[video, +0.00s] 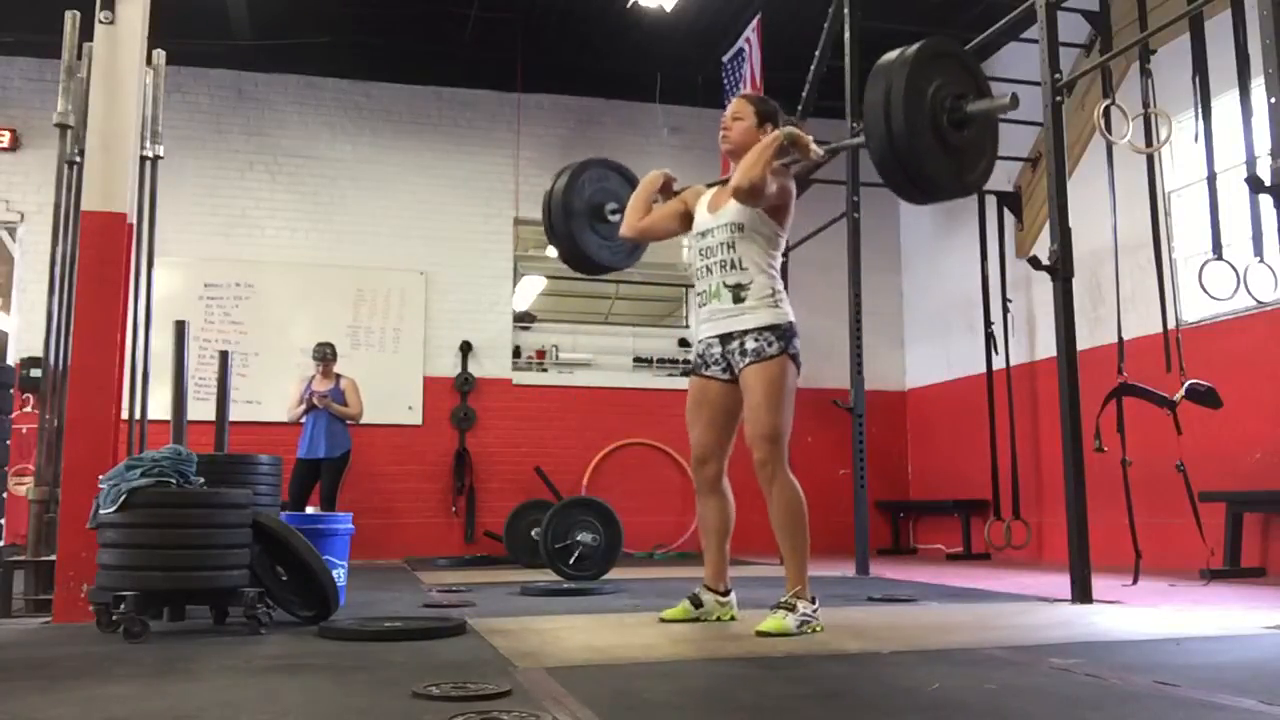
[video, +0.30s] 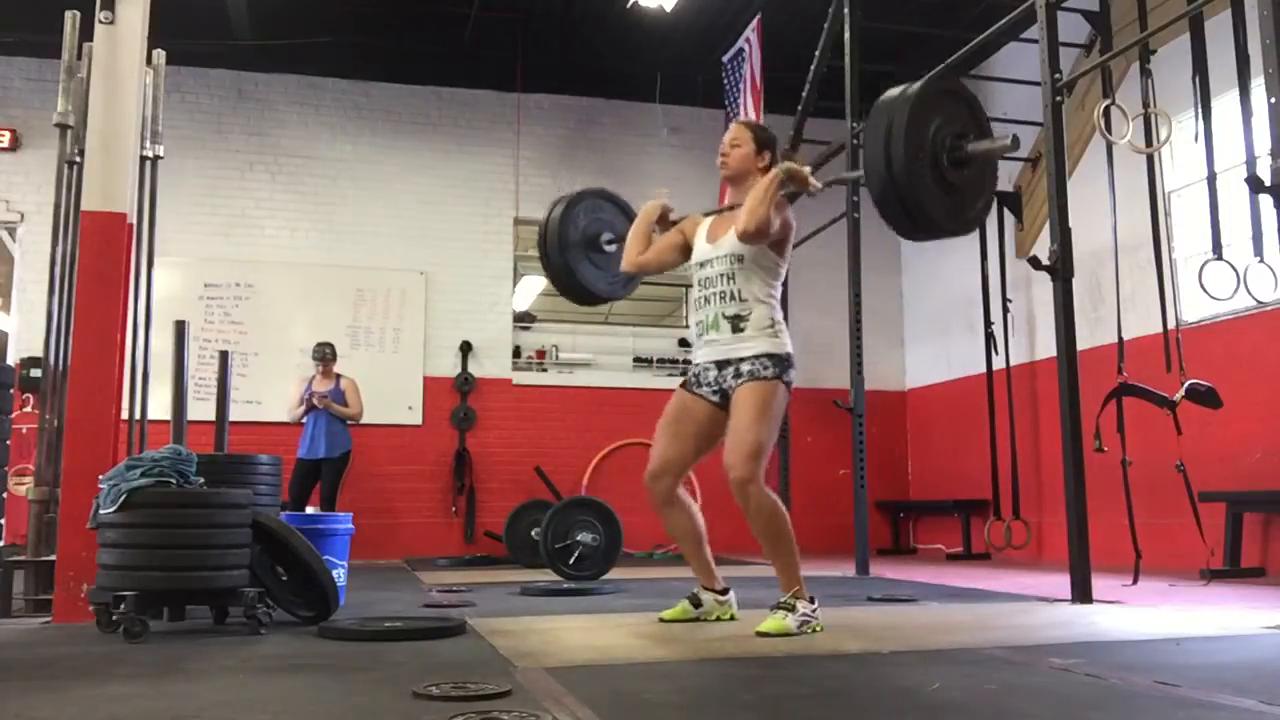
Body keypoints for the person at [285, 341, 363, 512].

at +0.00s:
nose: (322, 370)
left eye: (326, 365)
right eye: (318, 365)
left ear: (334, 362)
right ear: (314, 362)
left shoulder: (346, 383)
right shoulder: (306, 383)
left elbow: (356, 415)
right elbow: (290, 417)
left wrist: (329, 405)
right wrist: (305, 405)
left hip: (335, 450)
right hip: (308, 449)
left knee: (327, 500)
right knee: (295, 499)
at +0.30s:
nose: (322, 369)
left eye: (326, 365)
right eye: (318, 365)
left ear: (334, 362)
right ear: (313, 363)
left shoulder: (346, 383)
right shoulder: (307, 383)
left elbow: (356, 415)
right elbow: (292, 417)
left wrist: (329, 405)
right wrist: (306, 406)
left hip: (336, 450)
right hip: (309, 449)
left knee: (327, 501)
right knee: (296, 498)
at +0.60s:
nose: (321, 369)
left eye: (325, 365)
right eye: (317, 365)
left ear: (334, 362)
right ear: (313, 363)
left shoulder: (346, 383)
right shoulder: (307, 383)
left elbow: (357, 415)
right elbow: (292, 417)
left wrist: (329, 406)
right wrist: (305, 407)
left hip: (336, 450)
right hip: (309, 449)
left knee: (327, 502)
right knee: (296, 499)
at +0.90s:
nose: (321, 369)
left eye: (325, 365)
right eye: (317, 365)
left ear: (333, 362)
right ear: (313, 363)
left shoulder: (346, 383)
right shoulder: (306, 383)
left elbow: (356, 415)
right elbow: (293, 417)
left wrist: (329, 406)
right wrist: (305, 407)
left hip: (336, 449)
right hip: (309, 449)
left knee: (327, 502)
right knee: (296, 499)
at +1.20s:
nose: (321, 370)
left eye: (325, 365)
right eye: (317, 365)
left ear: (333, 362)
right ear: (313, 363)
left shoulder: (346, 383)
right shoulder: (306, 383)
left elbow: (356, 415)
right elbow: (293, 417)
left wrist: (329, 406)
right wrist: (305, 406)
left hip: (336, 450)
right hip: (309, 450)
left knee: (327, 502)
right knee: (295, 500)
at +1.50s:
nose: (321, 370)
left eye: (325, 365)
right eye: (317, 365)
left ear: (334, 362)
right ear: (313, 363)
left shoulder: (346, 383)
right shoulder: (306, 383)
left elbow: (356, 415)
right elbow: (292, 417)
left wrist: (329, 406)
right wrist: (306, 405)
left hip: (336, 450)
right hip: (309, 450)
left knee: (327, 502)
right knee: (295, 500)